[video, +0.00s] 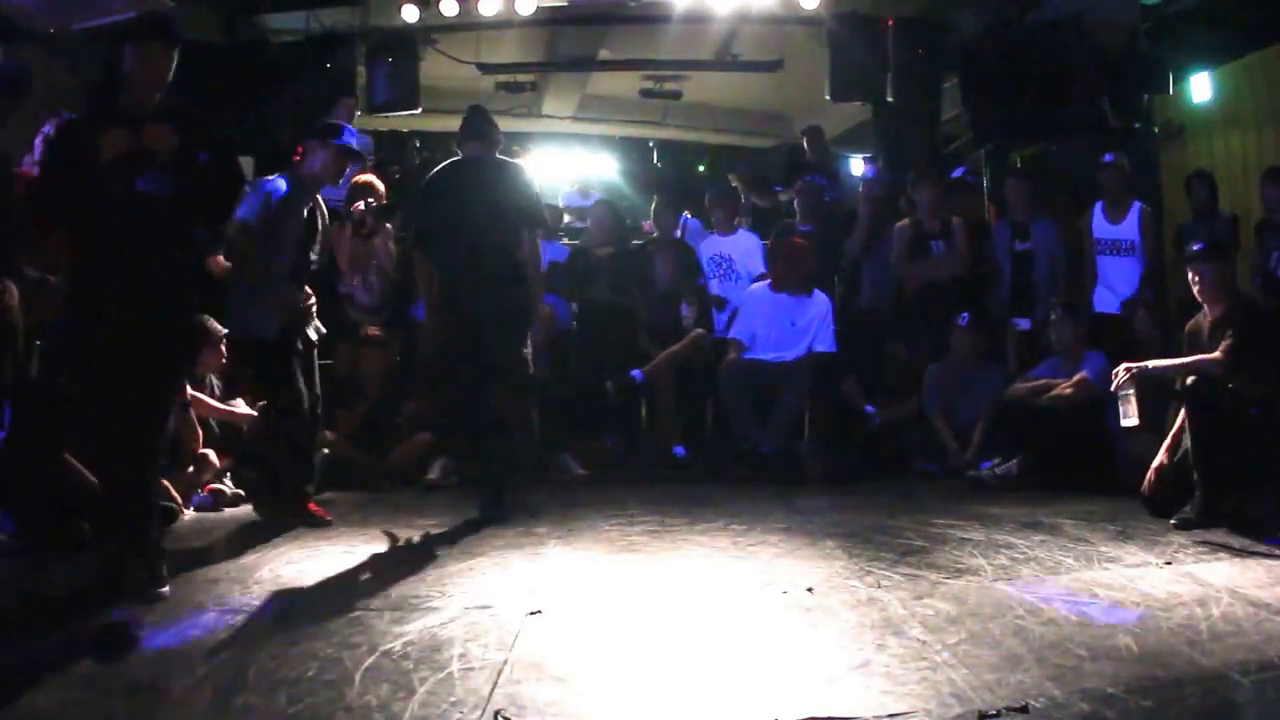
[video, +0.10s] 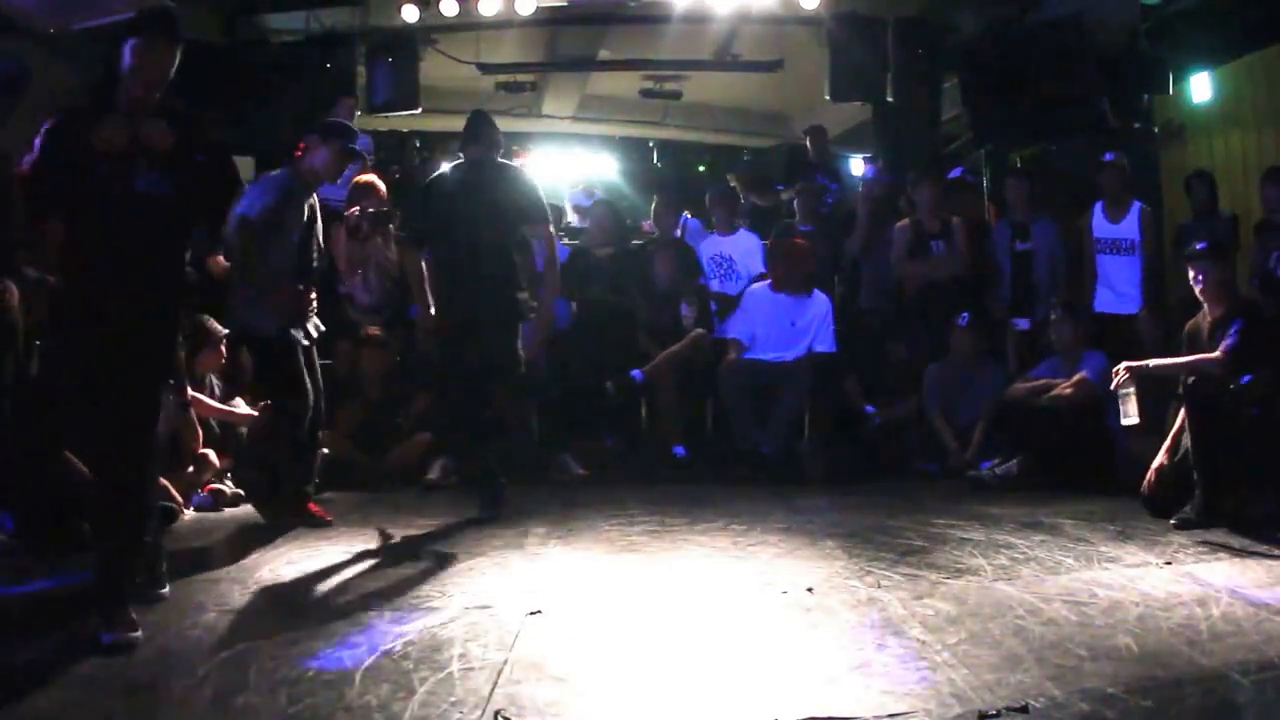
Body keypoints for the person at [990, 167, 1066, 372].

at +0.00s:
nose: (1014, 195)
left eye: (1019, 189)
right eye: (1010, 190)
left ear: (1028, 192)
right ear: (1005, 194)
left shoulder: (1046, 229)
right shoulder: (999, 231)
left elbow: (1057, 266)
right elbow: (995, 269)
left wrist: (1056, 297)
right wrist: (996, 301)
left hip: (1040, 301)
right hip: (1009, 303)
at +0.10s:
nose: (1014, 195)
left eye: (1019, 189)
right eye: (1010, 189)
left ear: (1028, 192)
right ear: (1005, 193)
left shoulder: (1046, 229)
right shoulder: (999, 231)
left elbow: (1057, 266)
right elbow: (995, 270)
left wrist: (1055, 298)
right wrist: (997, 303)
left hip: (1040, 304)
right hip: (1009, 306)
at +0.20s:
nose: (1015, 196)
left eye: (1020, 190)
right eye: (1011, 190)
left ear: (1028, 193)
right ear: (1006, 195)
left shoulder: (1045, 228)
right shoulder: (1000, 230)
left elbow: (1056, 264)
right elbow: (996, 268)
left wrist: (1053, 296)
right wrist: (998, 302)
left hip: (1040, 303)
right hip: (1010, 304)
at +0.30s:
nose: (1017, 196)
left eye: (1021, 190)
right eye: (1012, 190)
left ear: (1029, 193)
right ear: (1007, 195)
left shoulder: (1045, 227)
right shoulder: (1000, 230)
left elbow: (1057, 265)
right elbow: (997, 269)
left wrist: (1054, 300)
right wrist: (999, 303)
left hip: (1040, 302)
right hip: (1010, 304)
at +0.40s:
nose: (1018, 198)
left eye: (1021, 192)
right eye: (1013, 193)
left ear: (1029, 195)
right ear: (1007, 197)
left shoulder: (1046, 227)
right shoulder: (1000, 230)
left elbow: (1057, 265)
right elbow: (998, 269)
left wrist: (1055, 298)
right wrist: (999, 302)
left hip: (1040, 301)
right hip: (1010, 303)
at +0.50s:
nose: (1018, 198)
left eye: (1022, 192)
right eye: (1013, 193)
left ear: (1030, 195)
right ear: (1007, 197)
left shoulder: (1047, 227)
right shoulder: (1000, 231)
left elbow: (1056, 265)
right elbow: (998, 269)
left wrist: (1054, 298)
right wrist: (999, 302)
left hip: (1040, 300)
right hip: (1010, 303)